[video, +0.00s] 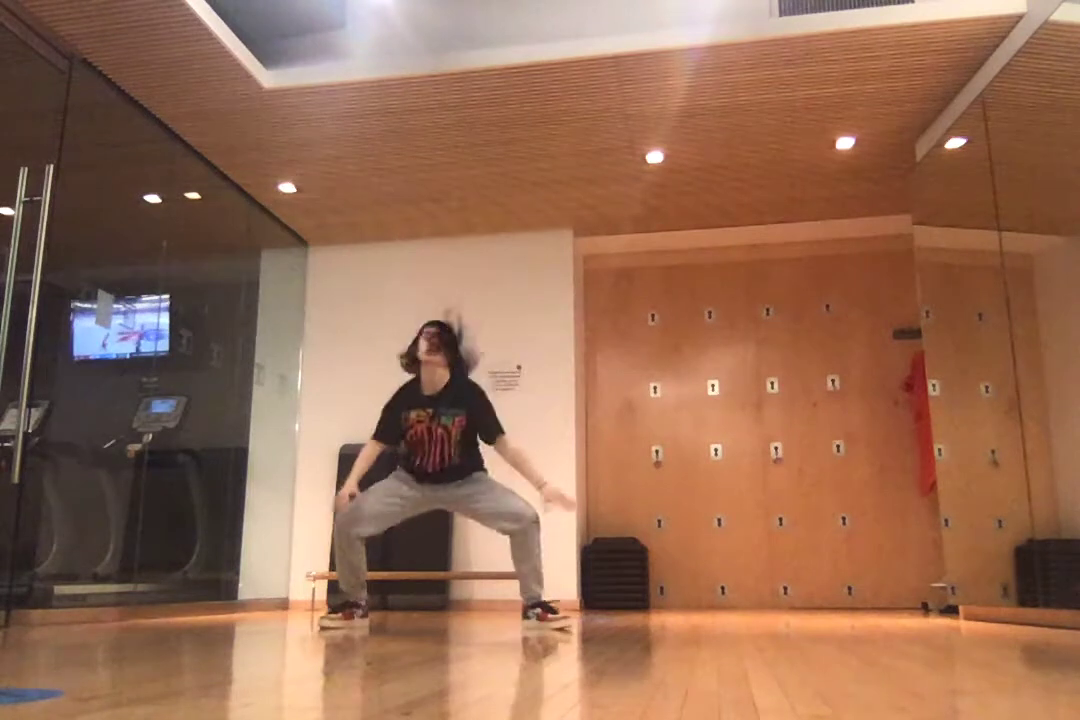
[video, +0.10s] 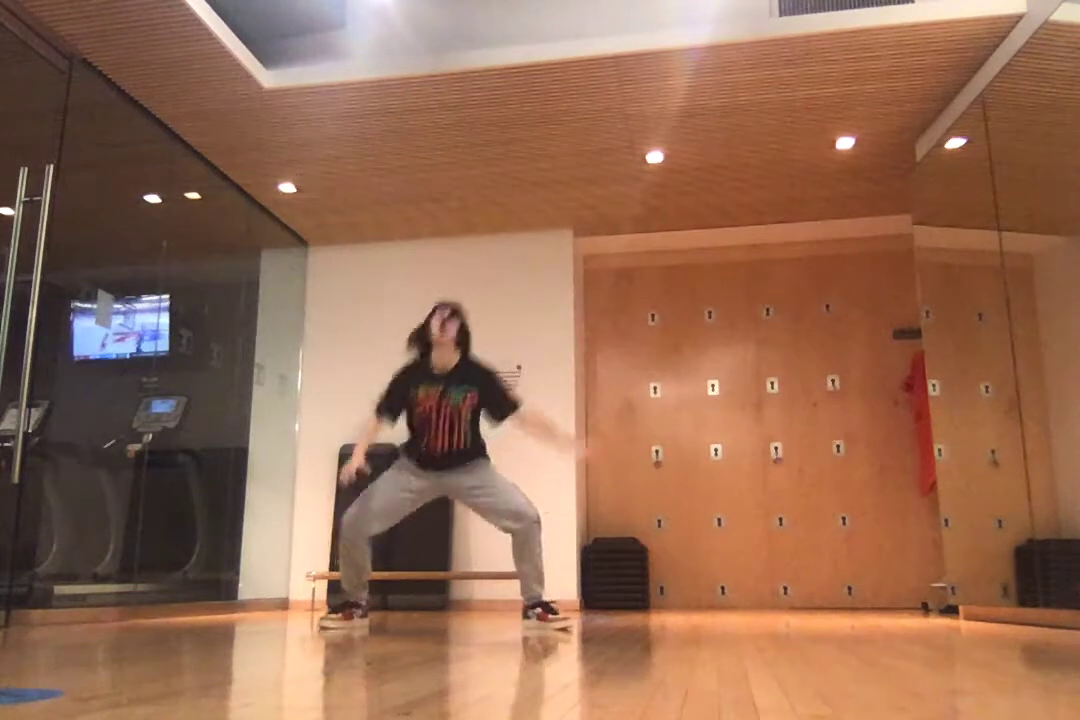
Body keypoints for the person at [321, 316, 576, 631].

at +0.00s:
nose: (431, 340)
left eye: (439, 336)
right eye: (425, 336)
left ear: (451, 351)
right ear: (415, 350)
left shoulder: (469, 394)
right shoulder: (403, 397)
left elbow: (504, 445)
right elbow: (376, 444)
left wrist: (543, 485)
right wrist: (351, 481)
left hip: (466, 485)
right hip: (410, 485)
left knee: (524, 519)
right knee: (347, 519)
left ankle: (534, 604)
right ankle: (354, 603)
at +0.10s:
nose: (444, 323)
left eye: (452, 319)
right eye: (438, 318)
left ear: (460, 330)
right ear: (427, 329)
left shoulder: (477, 376)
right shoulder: (411, 376)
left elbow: (520, 414)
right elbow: (380, 417)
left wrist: (564, 439)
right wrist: (358, 454)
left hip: (469, 471)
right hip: (415, 471)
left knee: (526, 519)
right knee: (353, 523)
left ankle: (534, 604)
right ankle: (356, 603)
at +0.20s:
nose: (466, 284)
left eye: (472, 279)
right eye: (460, 280)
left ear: (485, 292)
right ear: (450, 294)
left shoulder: (502, 341)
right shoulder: (431, 331)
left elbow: (551, 368)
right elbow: (383, 358)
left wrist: (589, 379)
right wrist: (357, 397)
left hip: (476, 440)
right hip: (425, 438)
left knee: (518, 511)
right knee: (380, 513)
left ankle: (534, 593)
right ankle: (350, 599)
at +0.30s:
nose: (488, 267)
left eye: (493, 260)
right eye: (480, 265)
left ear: (509, 268)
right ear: (474, 276)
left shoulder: (533, 313)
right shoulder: (462, 301)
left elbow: (580, 323)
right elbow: (411, 306)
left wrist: (621, 328)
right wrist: (367, 323)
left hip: (491, 419)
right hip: (441, 407)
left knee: (509, 505)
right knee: (389, 477)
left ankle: (523, 590)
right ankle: (338, 553)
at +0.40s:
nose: (499, 258)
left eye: (505, 252)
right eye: (493, 256)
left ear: (522, 259)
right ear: (488, 267)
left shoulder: (550, 301)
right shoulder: (478, 290)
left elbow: (594, 297)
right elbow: (428, 280)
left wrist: (631, 285)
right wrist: (389, 270)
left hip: (509, 410)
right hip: (464, 390)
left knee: (515, 503)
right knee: (396, 431)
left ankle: (525, 591)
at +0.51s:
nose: (510, 253)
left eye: (516, 248)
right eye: (503, 251)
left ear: (533, 256)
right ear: (498, 264)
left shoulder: (558, 297)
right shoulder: (487, 293)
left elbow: (599, 283)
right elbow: (440, 269)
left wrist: (627, 254)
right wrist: (407, 233)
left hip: (525, 409)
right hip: (480, 386)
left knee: (523, 503)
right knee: (398, 402)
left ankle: (528, 592)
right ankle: (385, 431)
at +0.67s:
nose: (537, 287)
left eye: (544, 281)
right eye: (530, 281)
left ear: (556, 289)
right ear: (516, 289)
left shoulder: (568, 321)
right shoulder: (507, 325)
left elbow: (606, 291)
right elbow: (476, 307)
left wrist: (599, 249)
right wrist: (491, 259)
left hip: (554, 422)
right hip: (508, 409)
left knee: (538, 513)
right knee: (443, 439)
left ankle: (526, 596)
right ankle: (477, 524)